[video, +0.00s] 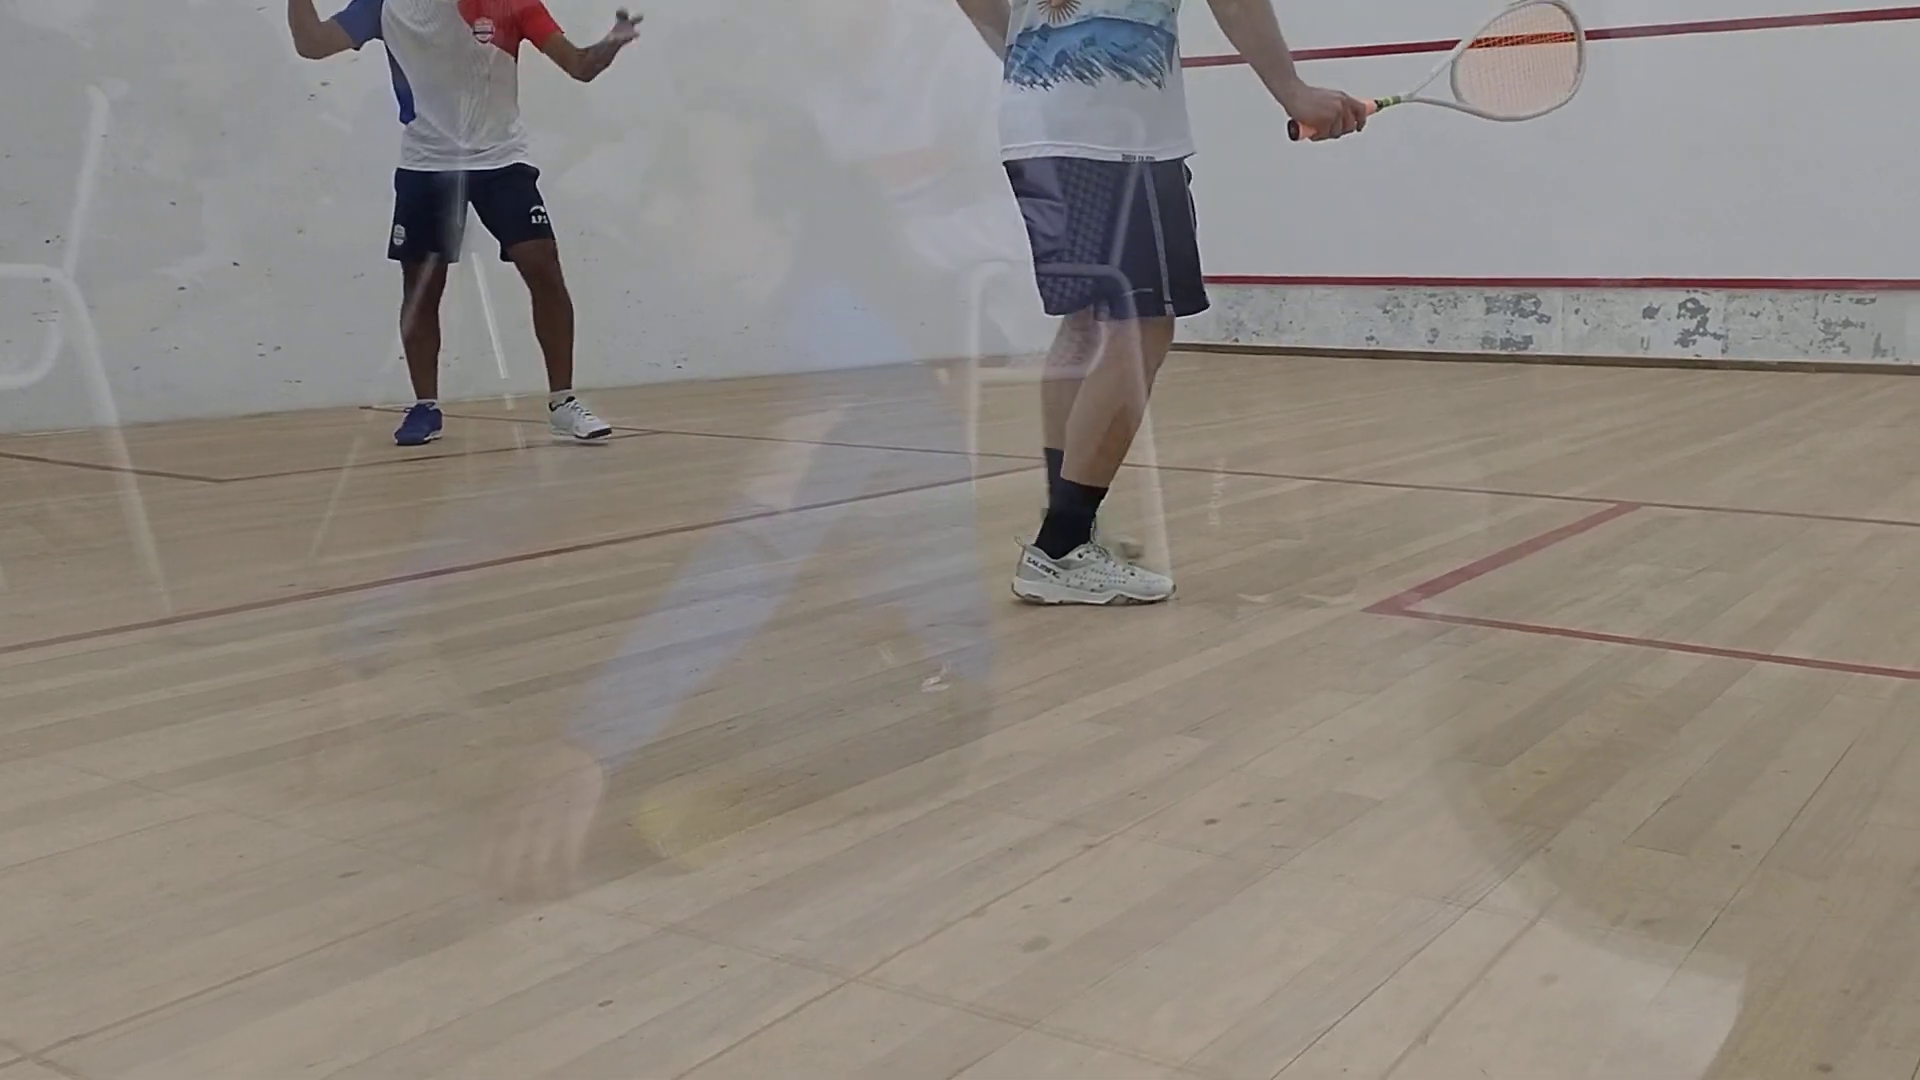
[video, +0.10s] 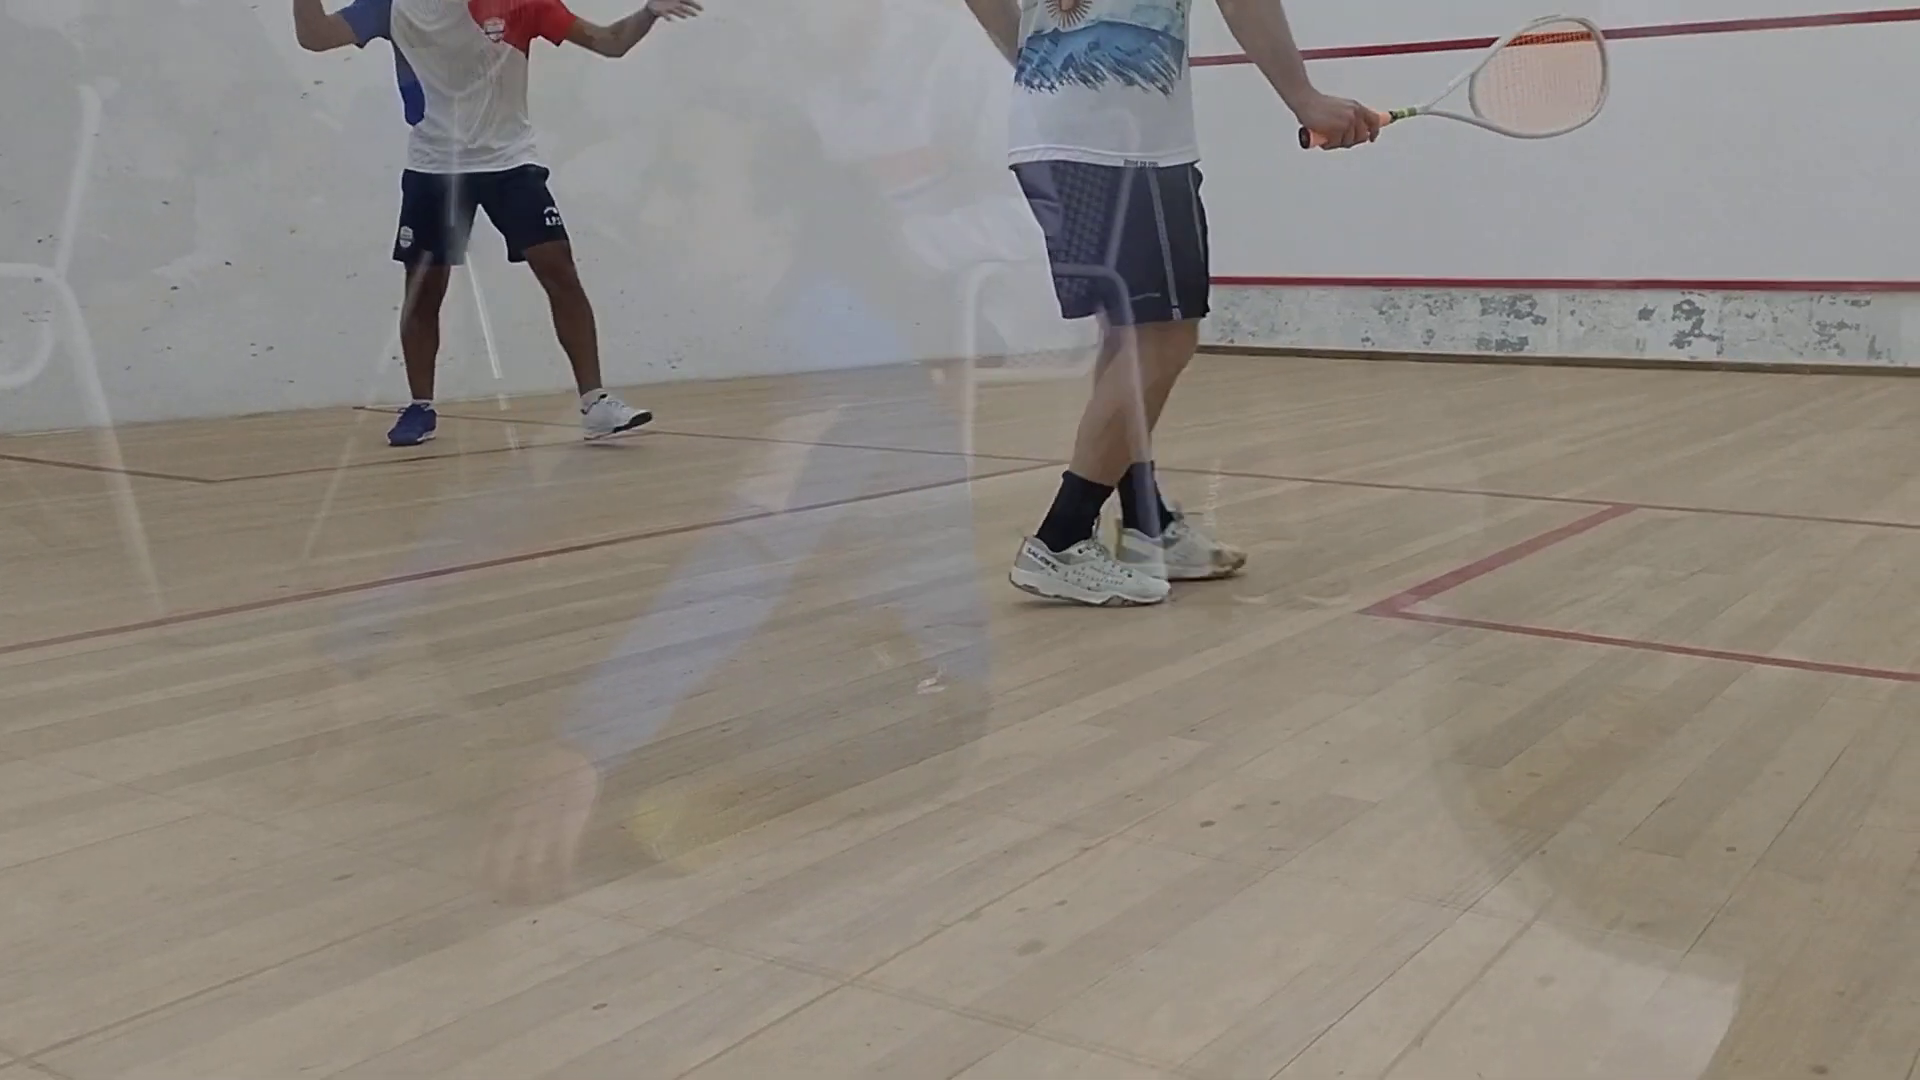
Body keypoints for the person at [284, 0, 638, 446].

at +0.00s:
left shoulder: (509, 3)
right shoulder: (388, 6)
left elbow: (579, 65)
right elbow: (311, 43)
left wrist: (611, 42)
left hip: (503, 156)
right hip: (426, 161)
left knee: (544, 270)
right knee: (423, 281)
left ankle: (564, 403)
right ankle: (425, 407)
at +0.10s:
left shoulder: (518, 2)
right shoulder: (397, 6)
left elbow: (608, 41)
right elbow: (315, 35)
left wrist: (648, 13)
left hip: (510, 156)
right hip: (435, 161)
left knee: (559, 270)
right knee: (425, 284)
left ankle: (595, 403)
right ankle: (420, 407)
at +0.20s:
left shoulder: (536, 5)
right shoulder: (410, 8)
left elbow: (628, 28)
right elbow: (325, 26)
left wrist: (700, 14)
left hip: (529, 163)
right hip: (452, 168)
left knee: (582, 278)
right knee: (428, 292)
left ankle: (622, 405)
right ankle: (417, 410)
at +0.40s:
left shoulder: (598, 11)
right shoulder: (486, 19)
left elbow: (658, 37)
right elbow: (399, 40)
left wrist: (722, 49)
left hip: (588, 178)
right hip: (514, 184)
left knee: (643, 284)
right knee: (471, 296)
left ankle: (633, 417)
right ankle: (412, 395)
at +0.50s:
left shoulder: (624, 13)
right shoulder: (543, 24)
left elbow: (653, 49)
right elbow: (522, 80)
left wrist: (705, 70)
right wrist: (463, 12)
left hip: (607, 181)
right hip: (542, 186)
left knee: (657, 286)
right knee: (516, 302)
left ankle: (627, 416)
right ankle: (430, 377)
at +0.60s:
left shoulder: (629, 7)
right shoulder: (586, 18)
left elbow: (646, 48)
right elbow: (649, 96)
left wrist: (698, 80)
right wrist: (649, 63)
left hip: (613, 171)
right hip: (556, 177)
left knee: (654, 288)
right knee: (562, 305)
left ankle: (622, 415)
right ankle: (467, 370)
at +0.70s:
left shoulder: (640, 6)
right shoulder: (613, 12)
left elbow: (642, 58)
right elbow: (680, 101)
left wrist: (692, 89)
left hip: (620, 162)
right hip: (568, 168)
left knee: (647, 286)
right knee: (605, 294)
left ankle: (617, 413)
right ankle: (512, 378)